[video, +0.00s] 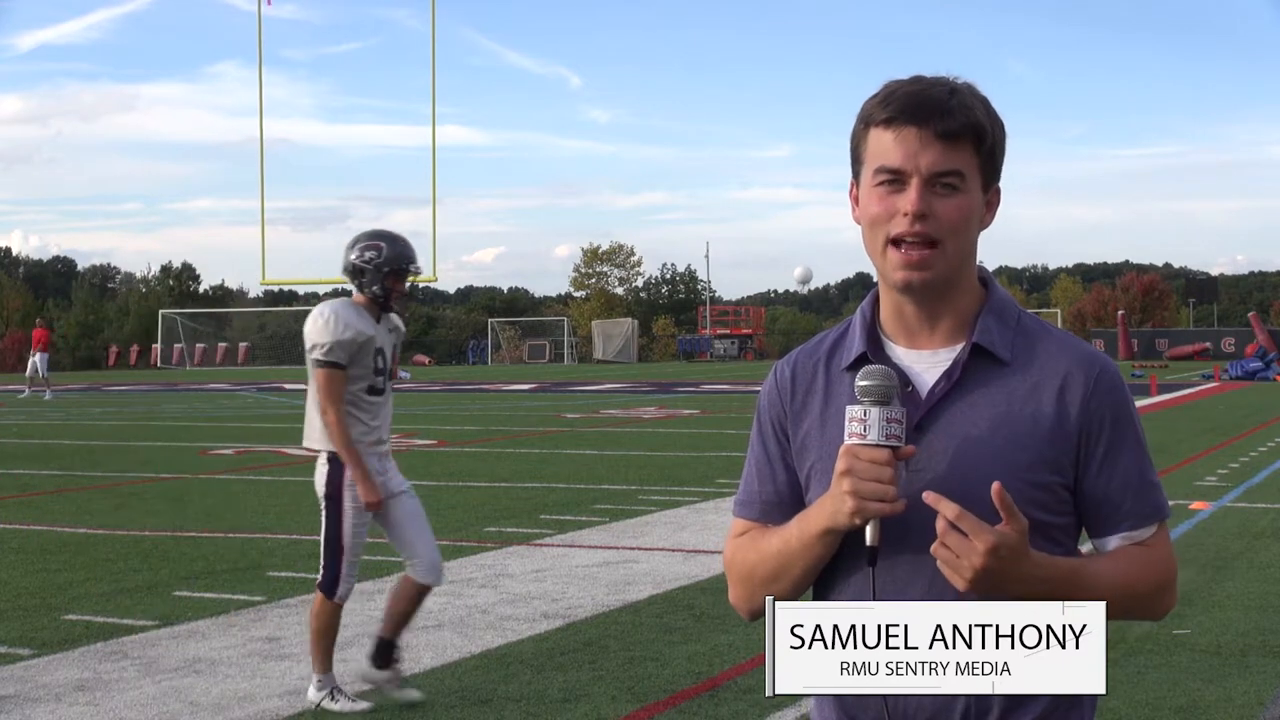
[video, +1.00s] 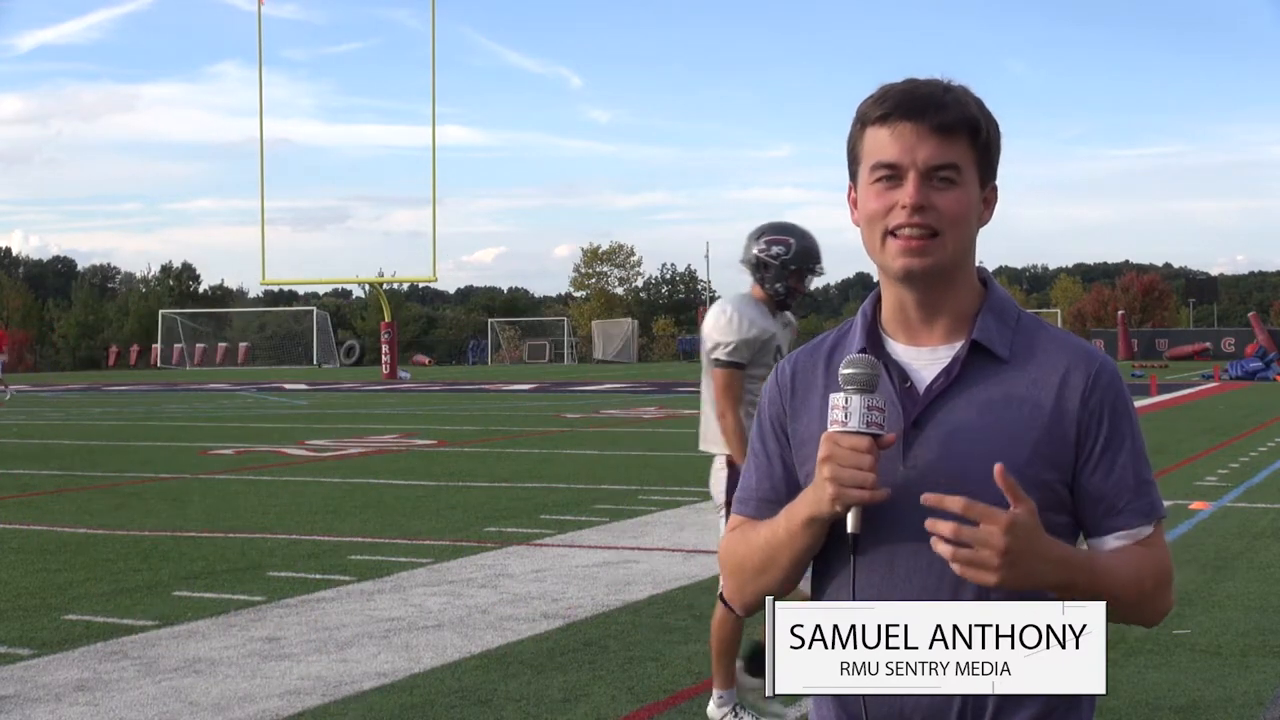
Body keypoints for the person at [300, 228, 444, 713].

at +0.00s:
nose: (404, 286)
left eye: (405, 278)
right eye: (397, 278)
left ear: (391, 277)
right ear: (371, 276)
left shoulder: (392, 327)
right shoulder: (332, 320)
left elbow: (374, 396)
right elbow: (328, 407)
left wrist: (381, 456)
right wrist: (360, 475)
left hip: (381, 463)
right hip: (341, 465)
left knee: (426, 568)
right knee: (336, 581)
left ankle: (381, 665)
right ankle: (322, 683)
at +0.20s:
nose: (488, 296)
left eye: (489, 287)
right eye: (482, 287)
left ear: (464, 284)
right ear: (455, 284)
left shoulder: (467, 336)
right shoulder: (418, 326)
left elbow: (445, 407)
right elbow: (415, 415)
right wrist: (466, 473)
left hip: (461, 475)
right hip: (421, 475)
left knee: (489, 582)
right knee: (391, 587)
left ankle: (514, 692)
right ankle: (335, 671)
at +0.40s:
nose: (567, 288)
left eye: (567, 279)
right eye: (561, 279)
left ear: (538, 277)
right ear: (536, 276)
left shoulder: (543, 327)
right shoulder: (493, 319)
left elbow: (530, 404)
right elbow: (486, 409)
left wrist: (543, 470)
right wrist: (516, 480)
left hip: (539, 467)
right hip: (510, 470)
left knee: (532, 583)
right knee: (543, 591)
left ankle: (522, 691)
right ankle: (456, 645)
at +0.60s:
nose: (641, 286)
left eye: (643, 277)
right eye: (635, 277)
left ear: (623, 276)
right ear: (607, 274)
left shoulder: (625, 328)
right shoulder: (565, 321)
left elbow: (631, 402)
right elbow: (549, 410)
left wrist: (681, 457)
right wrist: (556, 490)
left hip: (604, 464)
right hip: (582, 465)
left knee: (562, 582)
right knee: (644, 580)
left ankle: (528, 686)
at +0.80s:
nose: (724, 294)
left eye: (726, 284)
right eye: (718, 284)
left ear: (698, 283)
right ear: (691, 281)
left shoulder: (707, 331)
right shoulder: (648, 329)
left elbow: (711, 402)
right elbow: (631, 422)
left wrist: (758, 440)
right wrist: (636, 500)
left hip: (693, 468)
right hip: (668, 469)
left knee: (669, 596)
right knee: (705, 587)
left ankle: (579, 659)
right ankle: (718, 706)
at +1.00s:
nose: (805, 285)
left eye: (807, 275)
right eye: (800, 274)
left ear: (771, 269)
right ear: (775, 269)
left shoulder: (784, 323)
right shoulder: (733, 317)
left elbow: (785, 399)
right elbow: (726, 408)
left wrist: (792, 458)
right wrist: (747, 467)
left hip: (775, 464)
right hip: (738, 467)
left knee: (787, 578)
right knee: (738, 587)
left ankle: (756, 674)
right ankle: (723, 698)